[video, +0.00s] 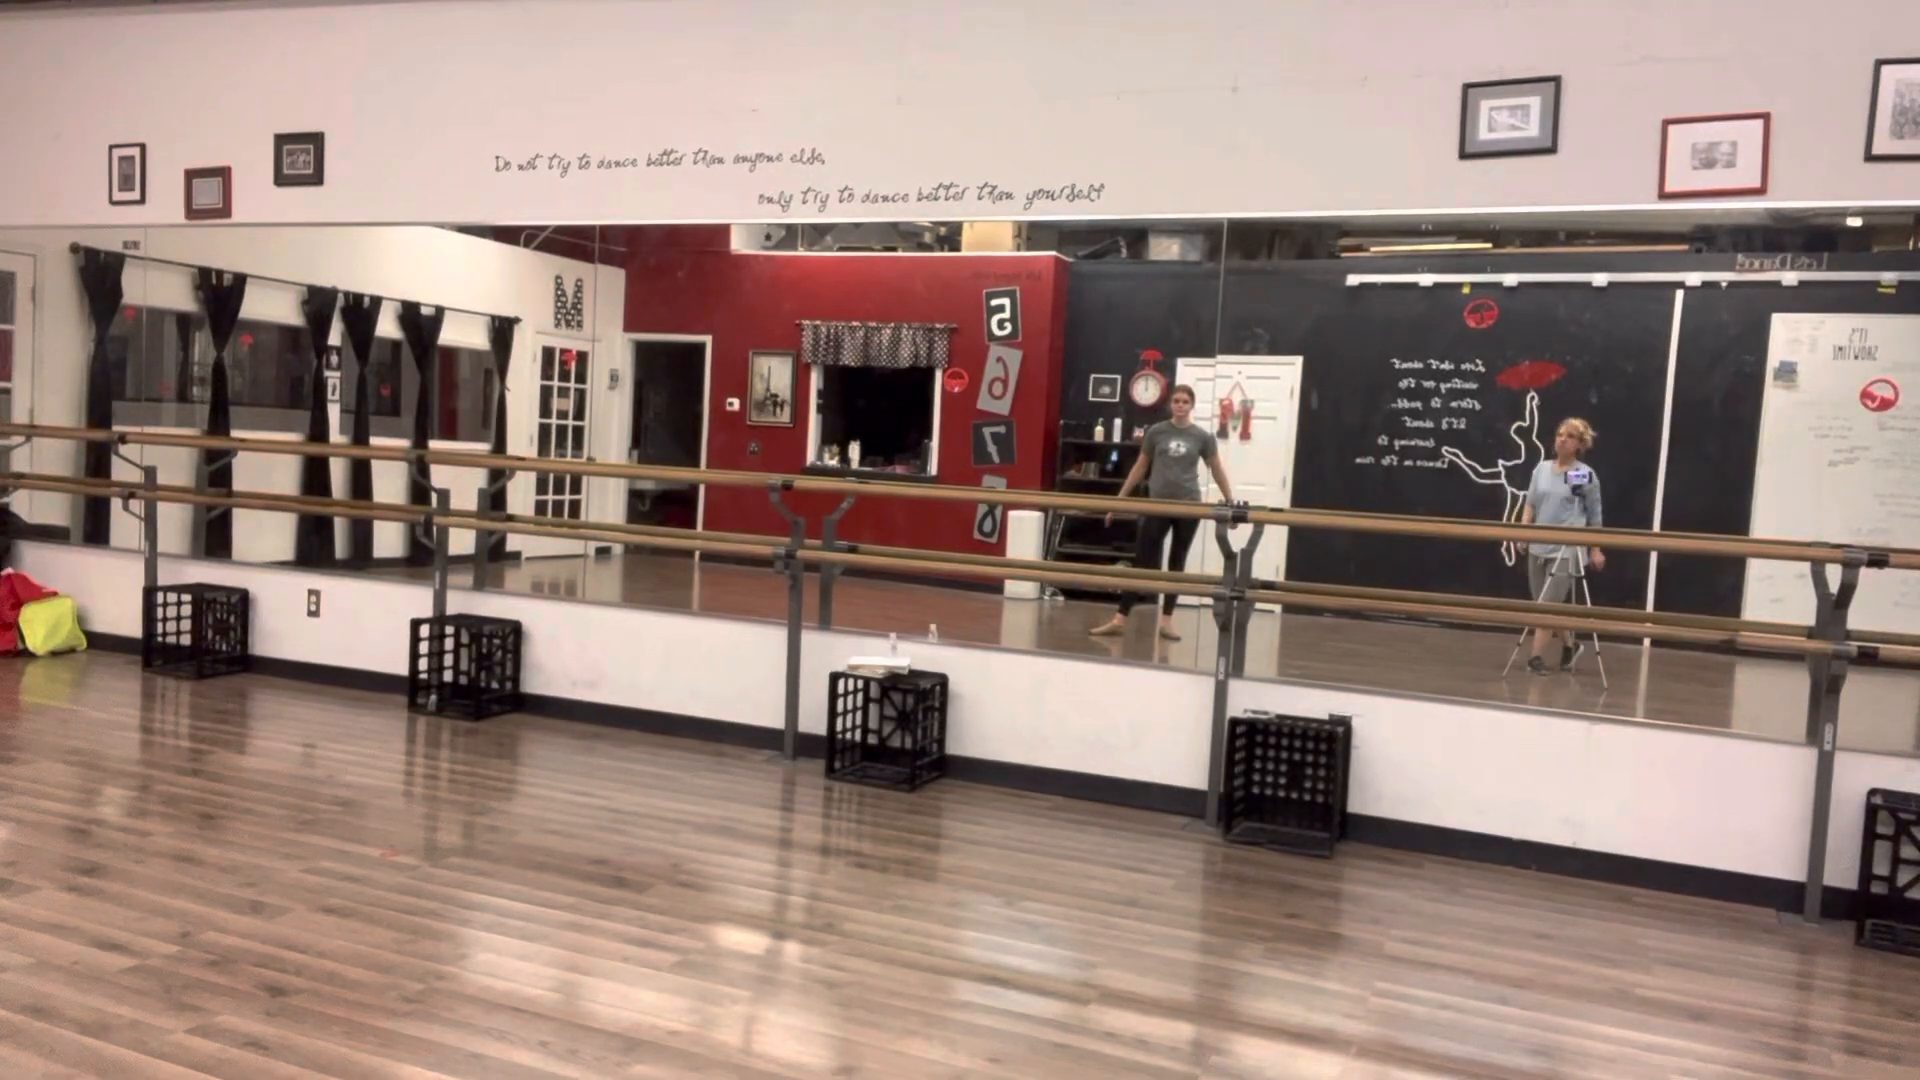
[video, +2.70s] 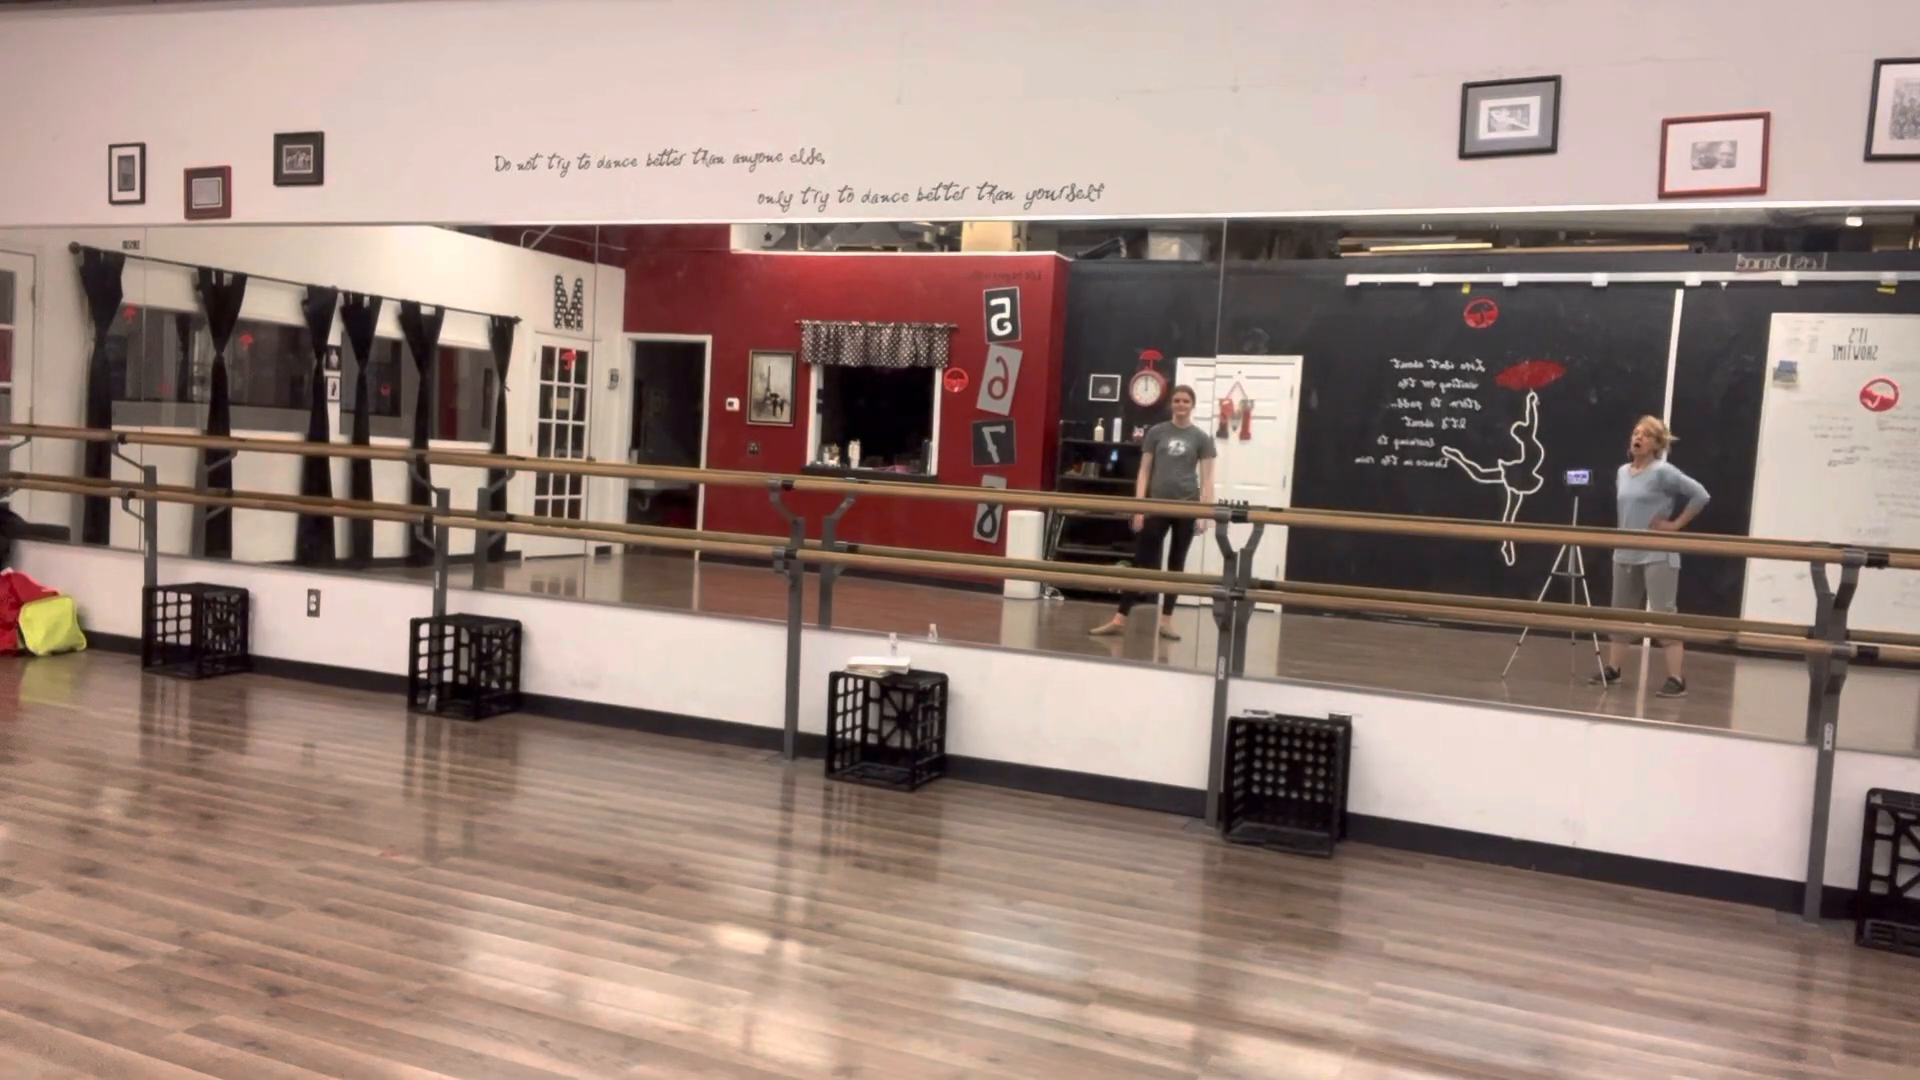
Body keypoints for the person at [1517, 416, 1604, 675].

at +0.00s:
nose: (1561, 440)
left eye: (1569, 437)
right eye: (1560, 435)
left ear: (1580, 445)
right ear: (1555, 439)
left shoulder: (1586, 475)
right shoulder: (1541, 469)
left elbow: (1595, 514)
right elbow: (1530, 504)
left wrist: (1595, 547)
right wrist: (1522, 531)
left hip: (1567, 549)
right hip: (1538, 546)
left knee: (1548, 602)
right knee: (1541, 603)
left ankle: (1535, 654)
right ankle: (1568, 642)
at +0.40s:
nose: (1564, 448)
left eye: (1570, 443)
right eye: (1562, 443)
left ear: (1585, 446)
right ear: (1559, 447)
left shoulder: (1600, 474)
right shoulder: (1562, 477)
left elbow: (1623, 506)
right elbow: (1560, 517)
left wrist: (1636, 539)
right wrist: (1554, 548)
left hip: (1593, 547)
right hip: (1569, 545)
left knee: (1559, 594)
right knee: (1574, 600)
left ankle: (1542, 649)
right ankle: (1583, 653)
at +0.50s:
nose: (1567, 448)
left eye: (1573, 443)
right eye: (1565, 443)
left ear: (1588, 447)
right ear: (1564, 447)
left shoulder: (1604, 473)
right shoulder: (1565, 476)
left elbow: (1627, 504)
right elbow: (1564, 515)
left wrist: (1639, 538)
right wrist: (1559, 546)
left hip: (1599, 544)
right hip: (1573, 544)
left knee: (1563, 590)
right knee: (1576, 597)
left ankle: (1561, 648)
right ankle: (1584, 652)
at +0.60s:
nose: (1573, 447)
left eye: (1580, 443)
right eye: (1571, 443)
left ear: (1594, 447)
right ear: (1569, 446)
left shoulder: (1608, 473)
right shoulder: (1570, 474)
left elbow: (1630, 504)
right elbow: (1569, 511)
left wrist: (1640, 538)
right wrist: (1565, 540)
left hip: (1604, 543)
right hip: (1578, 543)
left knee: (1571, 590)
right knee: (1577, 595)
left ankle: (1586, 647)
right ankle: (1584, 649)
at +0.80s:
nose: (1589, 444)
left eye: (1596, 440)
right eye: (1587, 439)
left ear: (1608, 447)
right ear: (1583, 443)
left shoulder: (1616, 475)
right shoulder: (1578, 472)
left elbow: (1632, 511)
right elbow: (1577, 509)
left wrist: (1635, 544)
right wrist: (1569, 537)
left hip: (1610, 548)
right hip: (1580, 546)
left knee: (1602, 598)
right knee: (1577, 602)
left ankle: (1628, 653)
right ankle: (1585, 653)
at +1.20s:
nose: (1628, 442)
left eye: (1636, 439)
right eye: (1627, 437)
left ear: (1648, 448)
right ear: (1622, 442)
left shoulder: (1655, 480)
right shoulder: (1606, 472)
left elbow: (1665, 520)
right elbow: (1600, 512)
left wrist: (1667, 552)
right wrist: (1588, 542)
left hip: (1643, 554)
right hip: (1609, 551)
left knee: (1644, 611)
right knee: (1596, 604)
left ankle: (1647, 663)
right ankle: (1585, 652)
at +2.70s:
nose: (1637, 438)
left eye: (1645, 435)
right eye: (1636, 433)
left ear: (1657, 444)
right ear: (1630, 438)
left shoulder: (1663, 472)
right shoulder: (1623, 472)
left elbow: (1701, 495)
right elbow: (1627, 505)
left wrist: (1675, 524)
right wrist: (1625, 530)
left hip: (1659, 554)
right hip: (1625, 552)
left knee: (1664, 616)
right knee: (1620, 614)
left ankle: (1675, 677)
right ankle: (1612, 669)